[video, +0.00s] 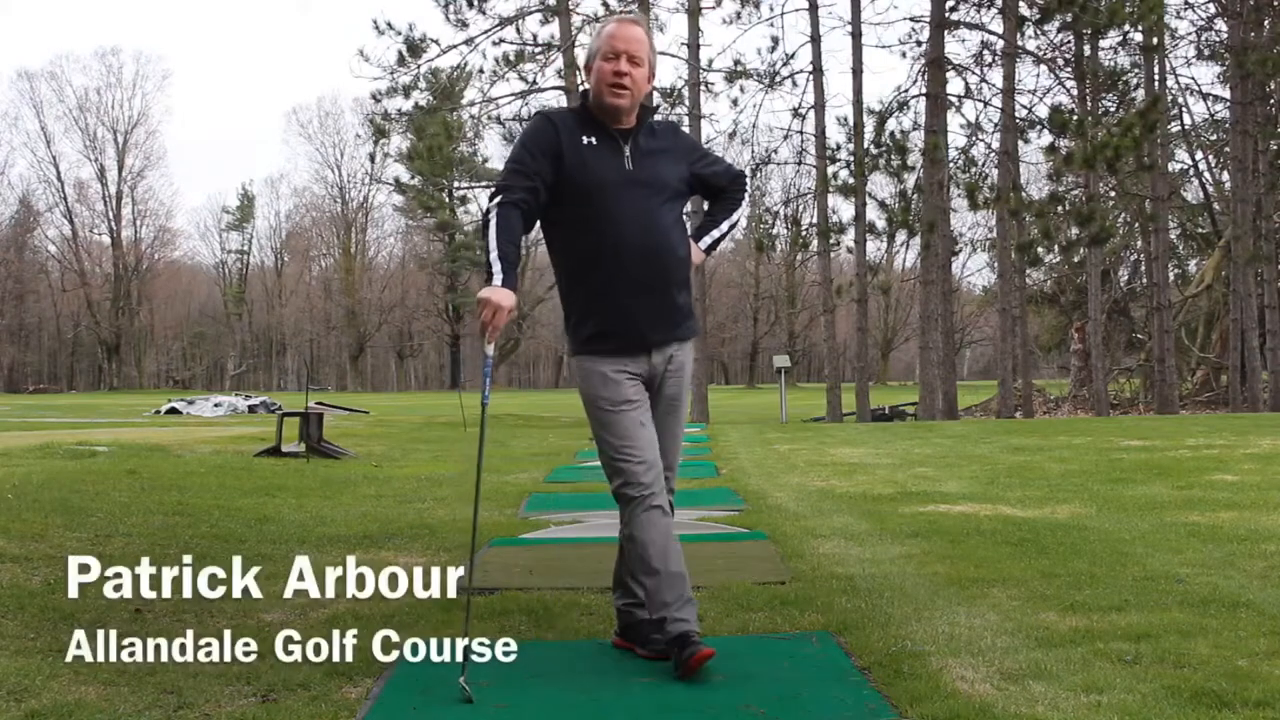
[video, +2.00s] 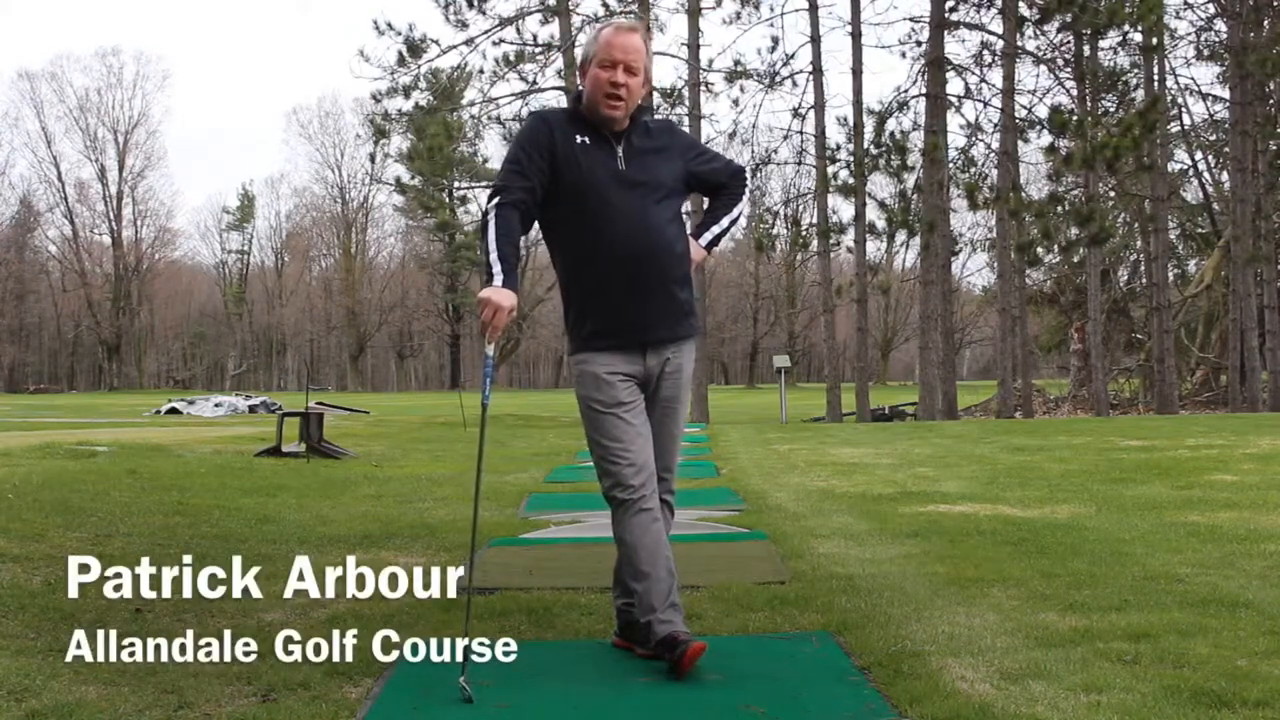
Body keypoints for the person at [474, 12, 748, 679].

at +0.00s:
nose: (620, 68)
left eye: (633, 60)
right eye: (610, 57)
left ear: (651, 77)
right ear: (588, 69)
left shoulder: (673, 141)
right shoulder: (553, 131)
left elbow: (732, 185)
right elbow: (511, 201)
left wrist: (701, 241)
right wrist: (502, 280)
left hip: (674, 339)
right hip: (600, 345)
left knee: (657, 487)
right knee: (642, 485)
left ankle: (635, 618)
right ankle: (681, 632)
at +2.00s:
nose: (617, 80)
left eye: (630, 70)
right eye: (606, 67)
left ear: (646, 82)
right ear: (584, 72)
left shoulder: (669, 141)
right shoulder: (548, 133)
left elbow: (733, 181)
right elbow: (508, 203)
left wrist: (703, 240)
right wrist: (503, 282)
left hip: (674, 339)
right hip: (599, 344)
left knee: (659, 488)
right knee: (634, 486)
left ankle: (634, 619)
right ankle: (669, 631)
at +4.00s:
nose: (619, 77)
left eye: (632, 68)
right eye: (608, 65)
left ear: (648, 82)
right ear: (585, 72)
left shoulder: (671, 144)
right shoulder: (548, 132)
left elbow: (732, 187)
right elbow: (507, 205)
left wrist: (710, 240)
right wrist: (505, 282)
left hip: (673, 342)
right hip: (598, 346)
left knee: (659, 489)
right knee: (631, 487)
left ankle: (633, 620)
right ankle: (666, 631)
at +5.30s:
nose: (597, 75)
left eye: (611, 64)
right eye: (587, 63)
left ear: (634, 75)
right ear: (571, 70)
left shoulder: (661, 144)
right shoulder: (541, 128)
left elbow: (696, 240)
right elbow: (497, 207)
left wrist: (690, 223)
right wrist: (497, 284)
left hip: (655, 340)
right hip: (576, 340)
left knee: (647, 483)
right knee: (585, 466)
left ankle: (638, 615)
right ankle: (594, 622)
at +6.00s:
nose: (571, 70)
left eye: (584, 61)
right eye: (560, 56)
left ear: (598, 73)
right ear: (533, 62)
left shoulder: (618, 139)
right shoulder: (487, 136)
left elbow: (665, 228)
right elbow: (442, 222)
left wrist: (636, 180)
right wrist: (428, 304)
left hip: (598, 340)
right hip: (516, 343)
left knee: (618, 484)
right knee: (520, 493)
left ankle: (634, 616)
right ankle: (530, 632)